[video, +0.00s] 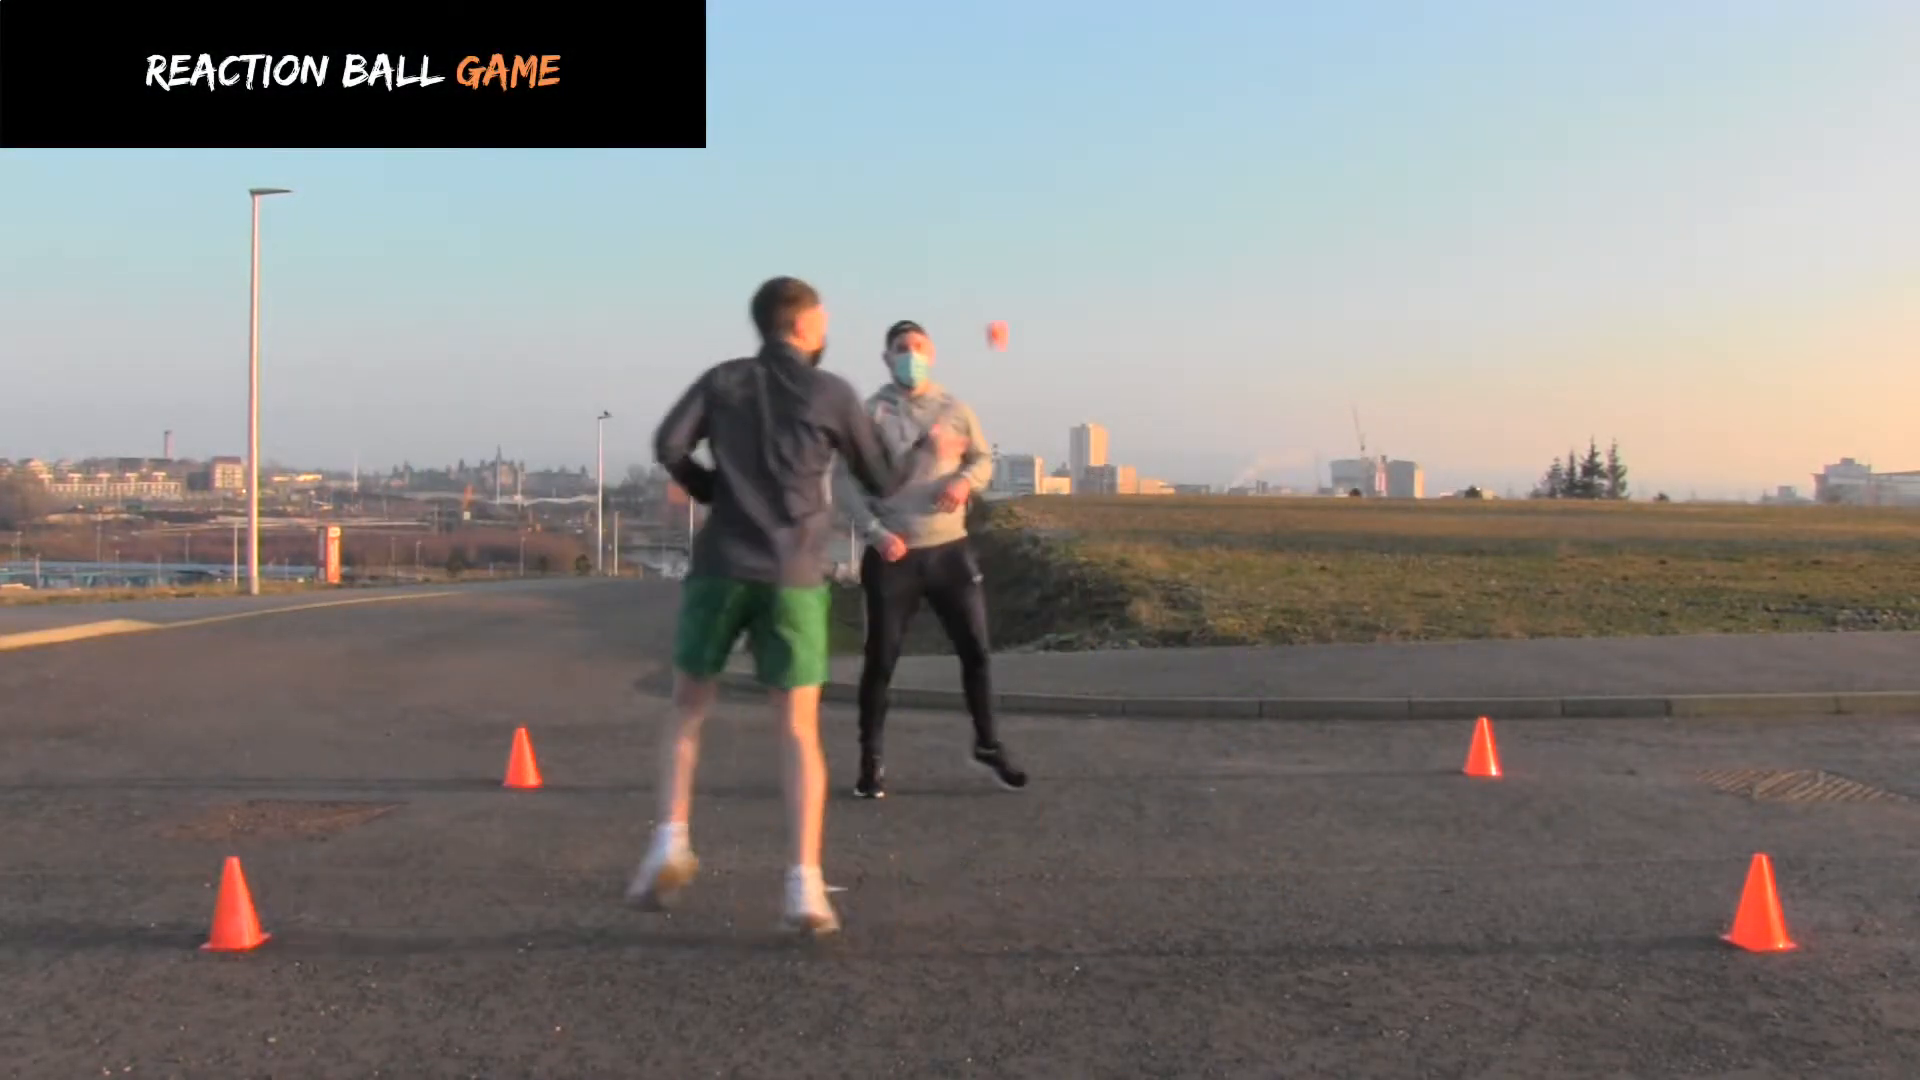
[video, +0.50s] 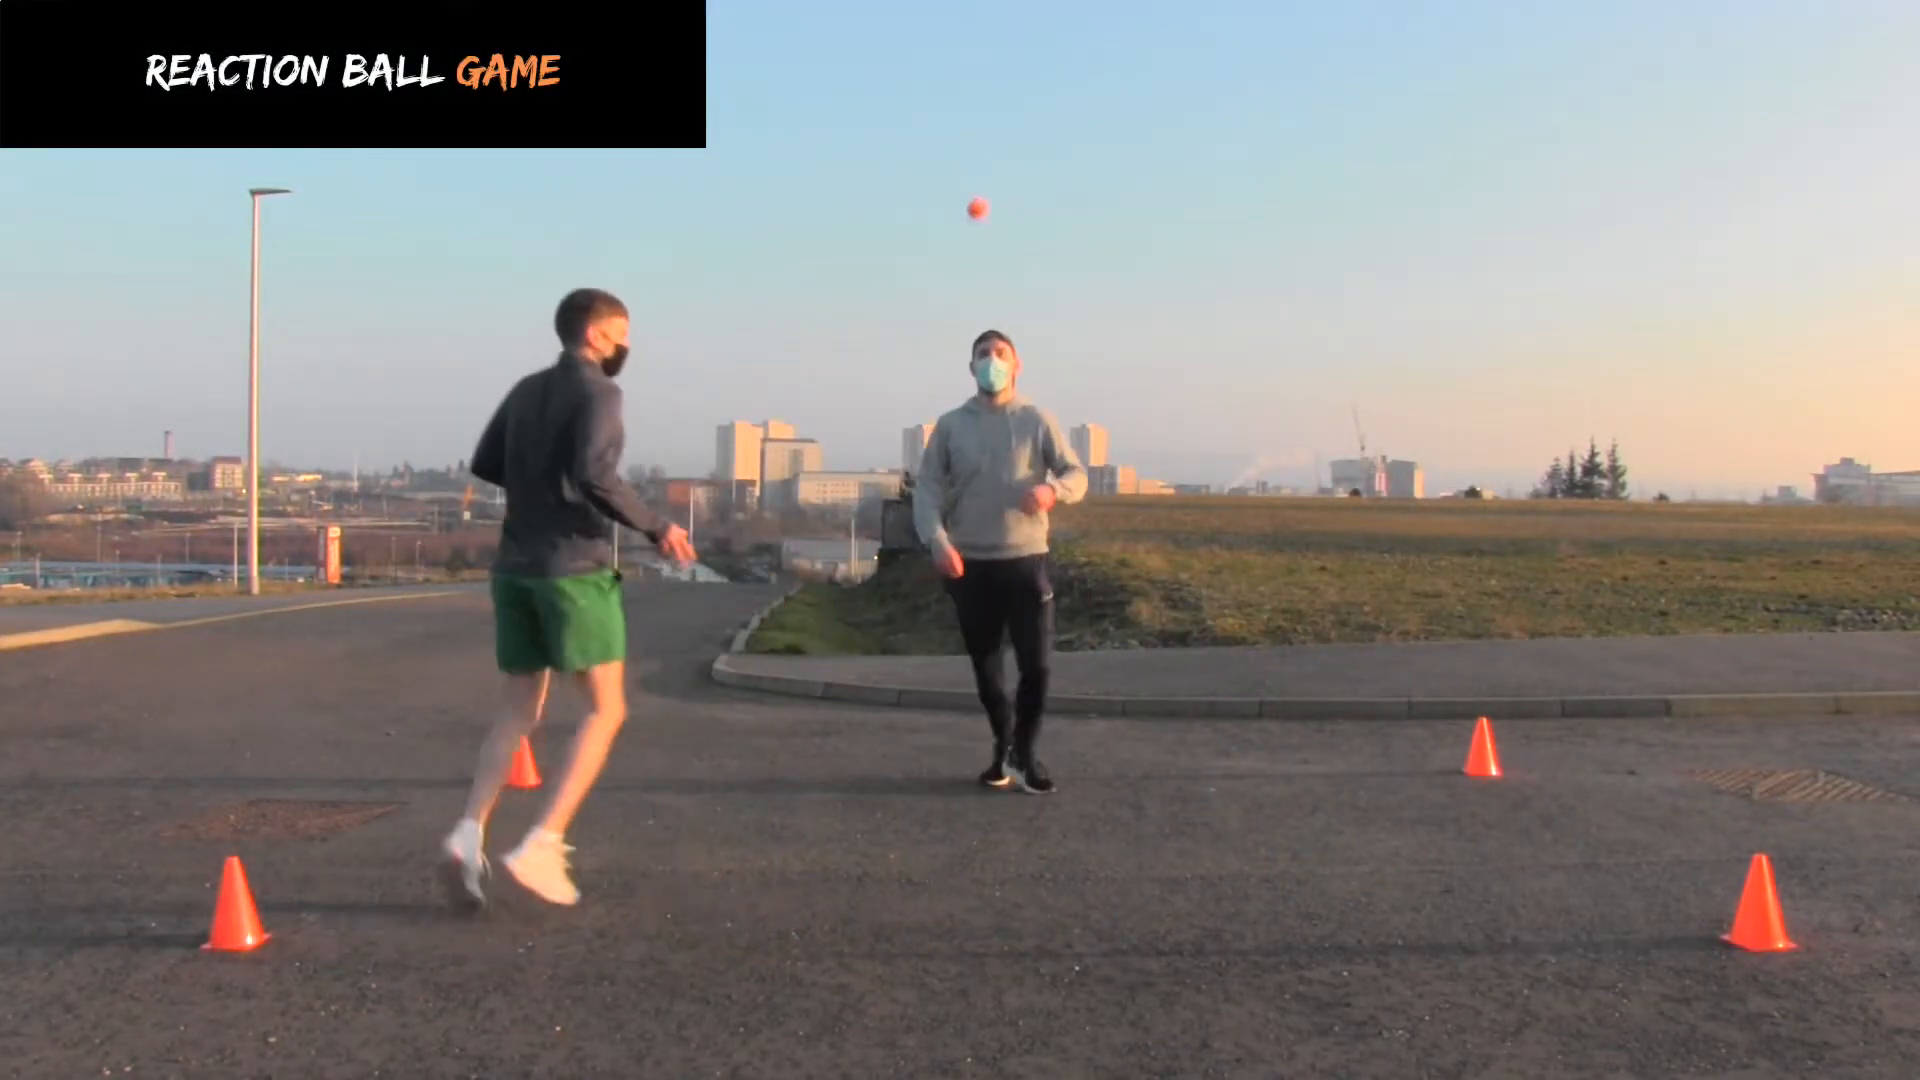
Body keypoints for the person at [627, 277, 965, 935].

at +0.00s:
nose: (825, 324)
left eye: (819, 313)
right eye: (819, 313)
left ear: (766, 324)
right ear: (802, 323)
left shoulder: (722, 381)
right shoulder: (832, 394)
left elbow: (668, 449)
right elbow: (883, 480)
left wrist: (716, 490)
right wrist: (930, 444)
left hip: (719, 569)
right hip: (796, 577)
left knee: (688, 708)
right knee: (800, 728)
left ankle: (671, 838)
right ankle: (806, 880)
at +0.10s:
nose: (780, 341)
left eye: (775, 329)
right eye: (772, 331)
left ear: (720, 345)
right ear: (752, 342)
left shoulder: (679, 406)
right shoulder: (789, 412)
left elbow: (628, 477)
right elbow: (833, 500)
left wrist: (677, 518)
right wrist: (879, 487)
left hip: (685, 590)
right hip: (762, 599)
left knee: (643, 722)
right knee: (760, 748)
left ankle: (594, 865)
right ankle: (755, 909)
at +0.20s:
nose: (712, 380)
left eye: (706, 369)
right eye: (704, 371)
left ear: (655, 388)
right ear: (684, 384)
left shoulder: (619, 450)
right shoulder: (718, 450)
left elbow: (574, 527)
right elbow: (737, 545)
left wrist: (632, 551)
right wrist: (797, 564)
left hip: (626, 631)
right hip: (701, 636)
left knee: (576, 759)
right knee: (723, 781)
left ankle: (497, 886)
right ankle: (743, 925)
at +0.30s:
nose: (678, 392)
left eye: (674, 381)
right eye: (669, 383)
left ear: (618, 392)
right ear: (643, 390)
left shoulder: (574, 451)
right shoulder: (669, 455)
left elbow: (544, 537)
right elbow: (672, 543)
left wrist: (605, 553)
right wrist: (743, 579)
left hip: (574, 631)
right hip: (647, 634)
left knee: (543, 760)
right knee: (687, 771)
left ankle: (480, 892)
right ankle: (728, 905)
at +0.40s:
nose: (641, 360)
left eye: (638, 348)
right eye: (633, 349)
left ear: (586, 357)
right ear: (606, 355)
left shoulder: (542, 414)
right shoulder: (620, 417)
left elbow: (505, 490)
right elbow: (616, 503)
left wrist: (566, 510)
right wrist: (685, 544)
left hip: (532, 598)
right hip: (597, 601)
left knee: (522, 735)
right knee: (638, 733)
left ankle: (477, 875)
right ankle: (618, 855)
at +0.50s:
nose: (627, 342)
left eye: (626, 331)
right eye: (621, 331)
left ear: (572, 332)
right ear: (594, 331)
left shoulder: (527, 389)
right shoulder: (600, 391)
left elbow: (486, 463)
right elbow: (594, 476)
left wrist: (547, 491)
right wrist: (659, 527)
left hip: (515, 570)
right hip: (576, 573)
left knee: (521, 706)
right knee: (607, 708)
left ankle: (469, 831)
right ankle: (542, 844)